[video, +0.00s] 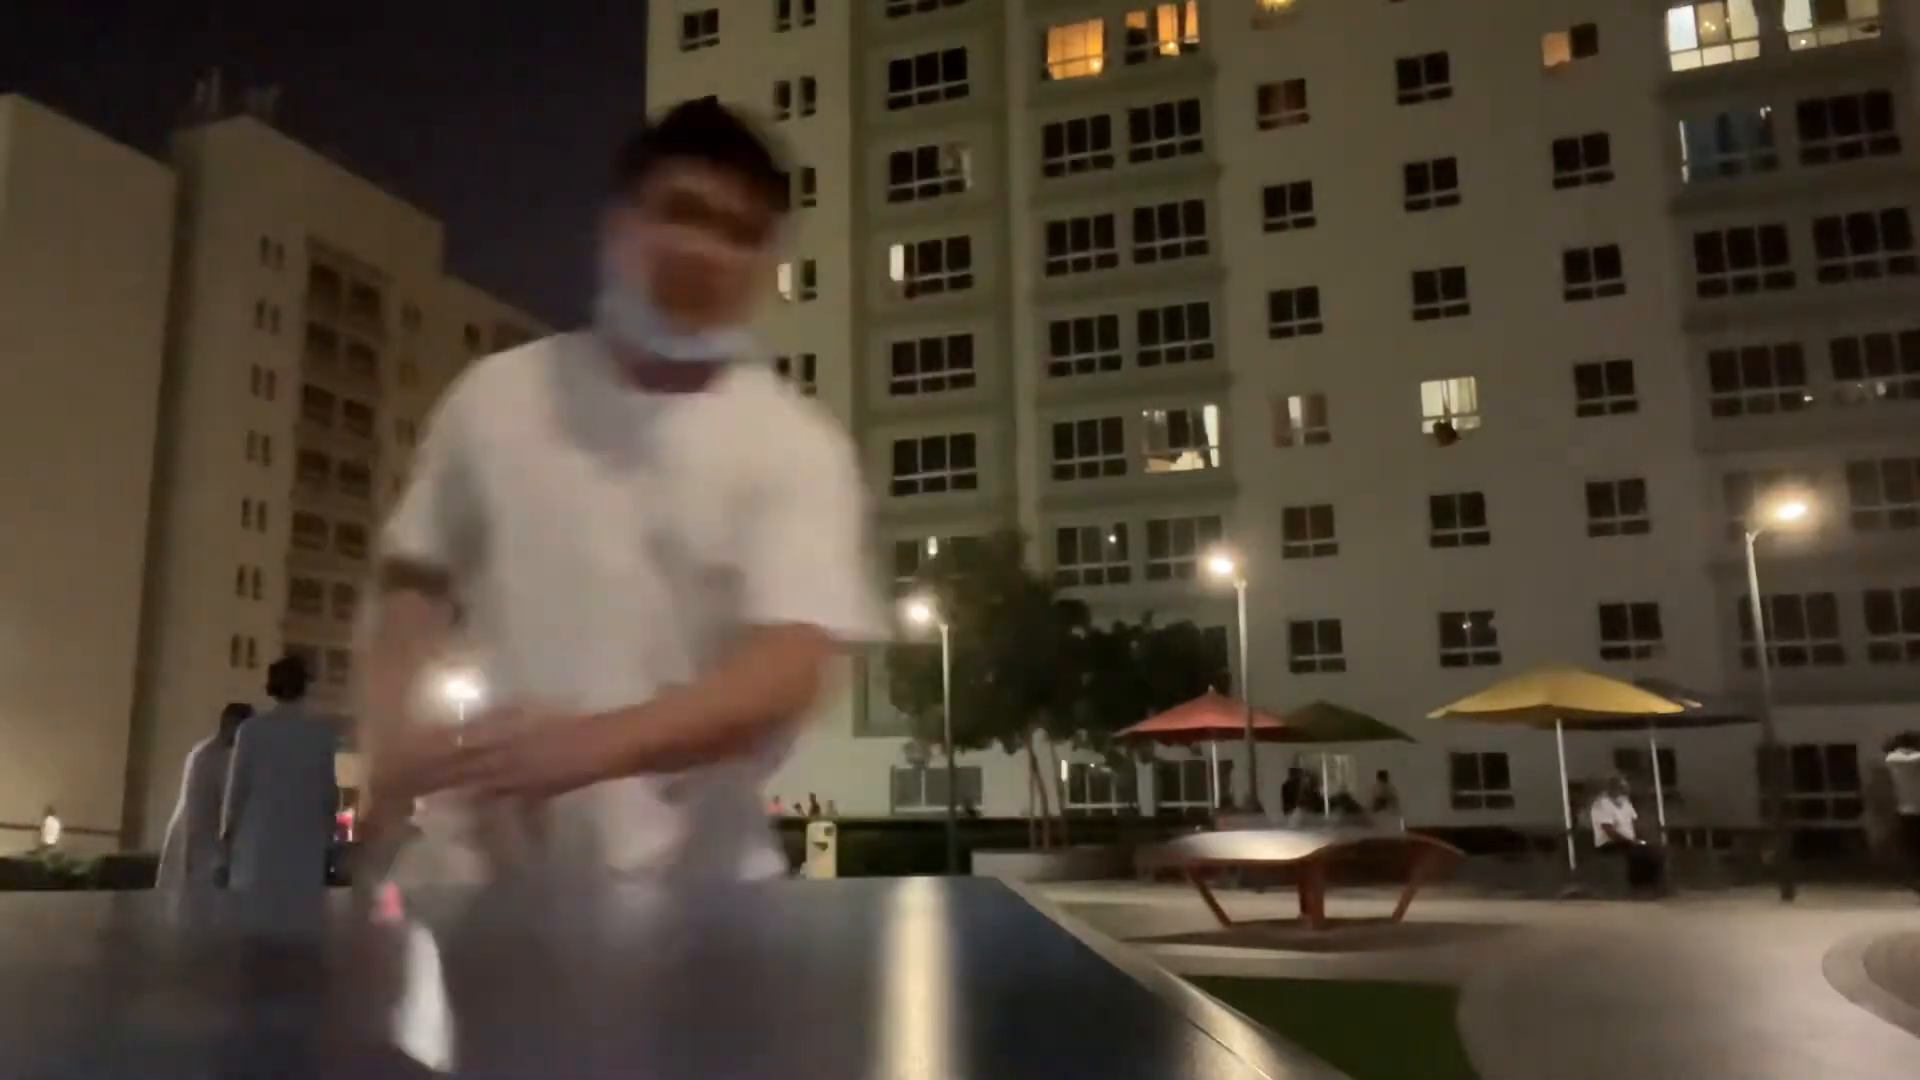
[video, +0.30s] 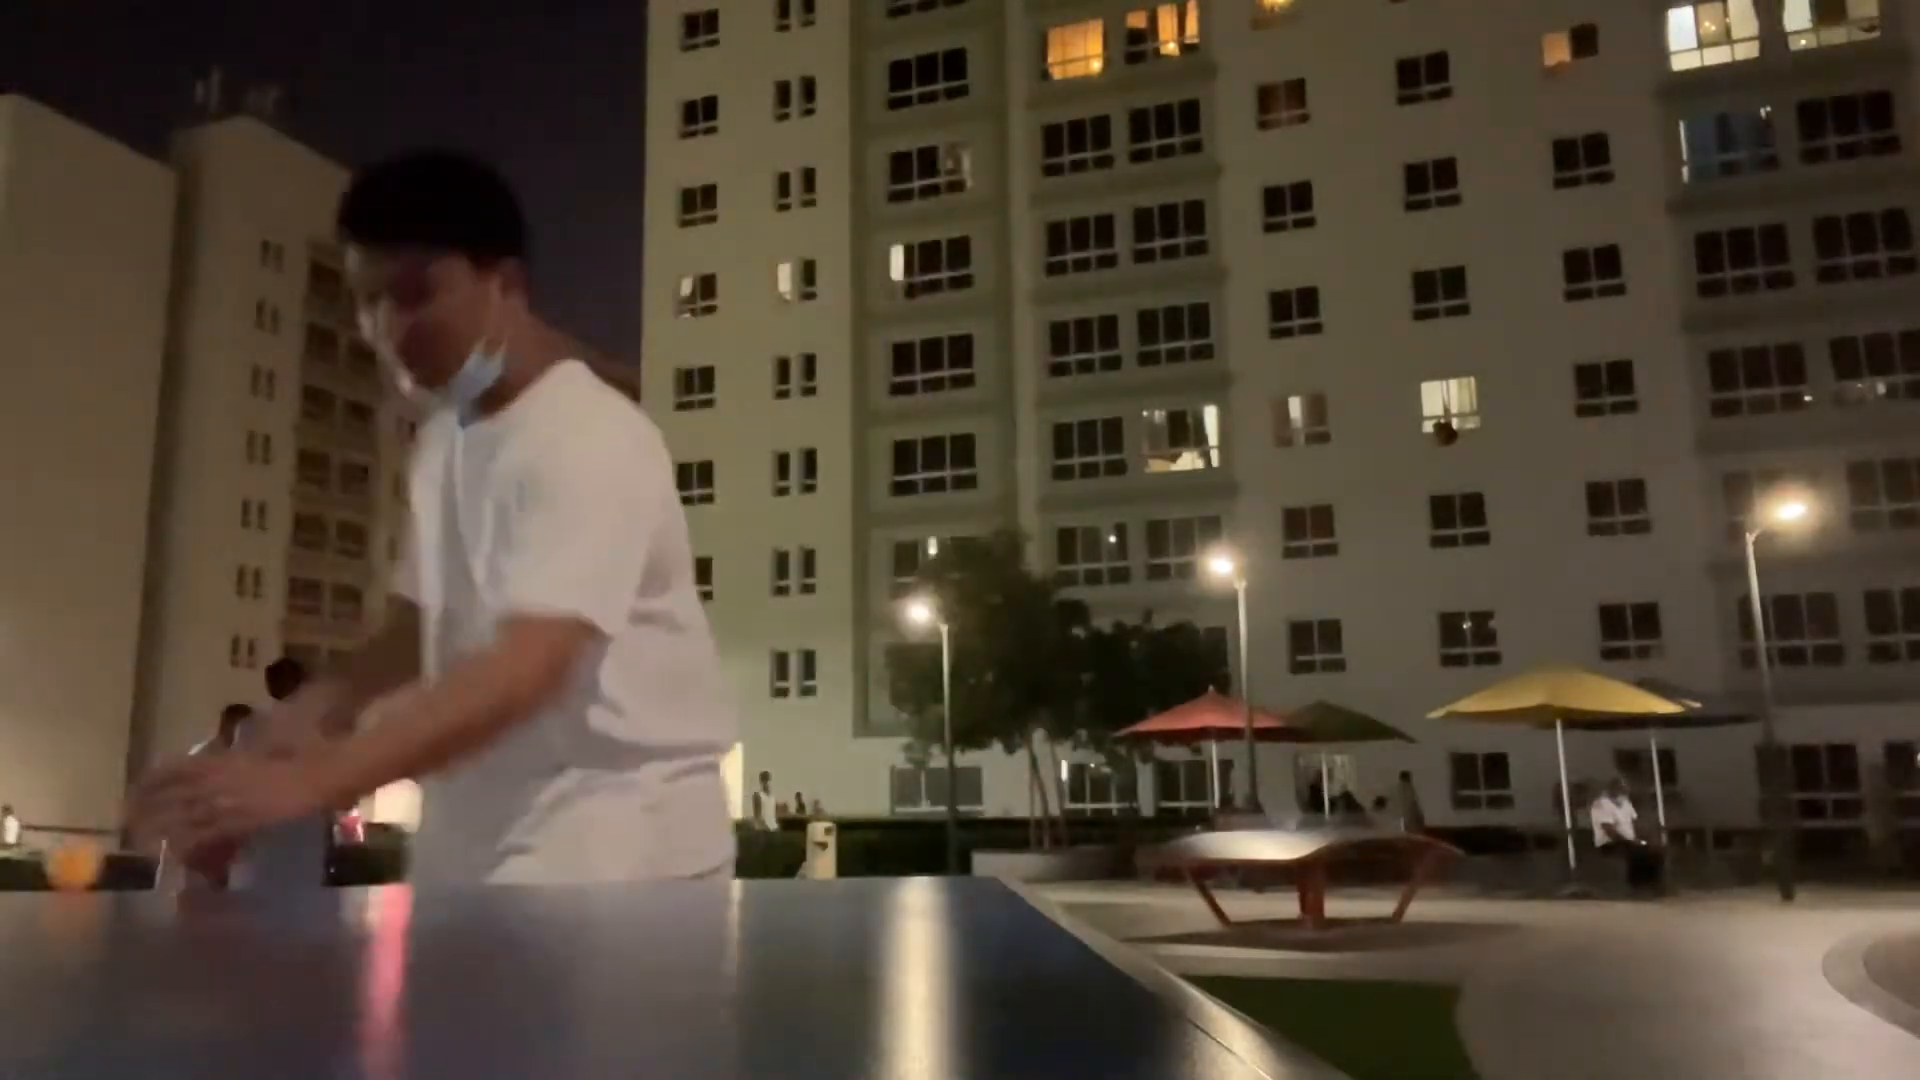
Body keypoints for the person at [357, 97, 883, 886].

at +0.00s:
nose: (703, 252)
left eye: (737, 233)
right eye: (679, 216)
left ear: (767, 265)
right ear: (616, 228)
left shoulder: (793, 446)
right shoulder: (494, 401)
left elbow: (789, 671)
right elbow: (412, 593)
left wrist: (584, 747)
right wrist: (397, 777)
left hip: (696, 892)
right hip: (491, 887)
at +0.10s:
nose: (500, 230)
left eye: (537, 210)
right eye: (476, 200)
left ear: (588, 255)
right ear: (432, 228)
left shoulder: (629, 422)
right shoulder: (379, 418)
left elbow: (584, 652)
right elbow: (314, 618)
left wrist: (406, 794)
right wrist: (251, 747)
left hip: (598, 880)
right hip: (419, 880)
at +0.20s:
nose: (412, 261)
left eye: (446, 231)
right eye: (395, 236)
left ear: (529, 255)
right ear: (379, 257)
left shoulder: (590, 412)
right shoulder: (394, 430)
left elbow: (500, 623)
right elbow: (324, 625)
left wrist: (304, 782)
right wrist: (244, 695)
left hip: (582, 873)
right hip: (420, 877)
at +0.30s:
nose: (388, 330)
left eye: (415, 294)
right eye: (370, 302)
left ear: (502, 280)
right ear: (355, 304)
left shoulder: (587, 440)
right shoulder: (446, 442)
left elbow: (533, 669)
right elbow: (413, 639)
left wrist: (316, 779)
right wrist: (299, 721)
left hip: (617, 842)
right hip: (479, 840)